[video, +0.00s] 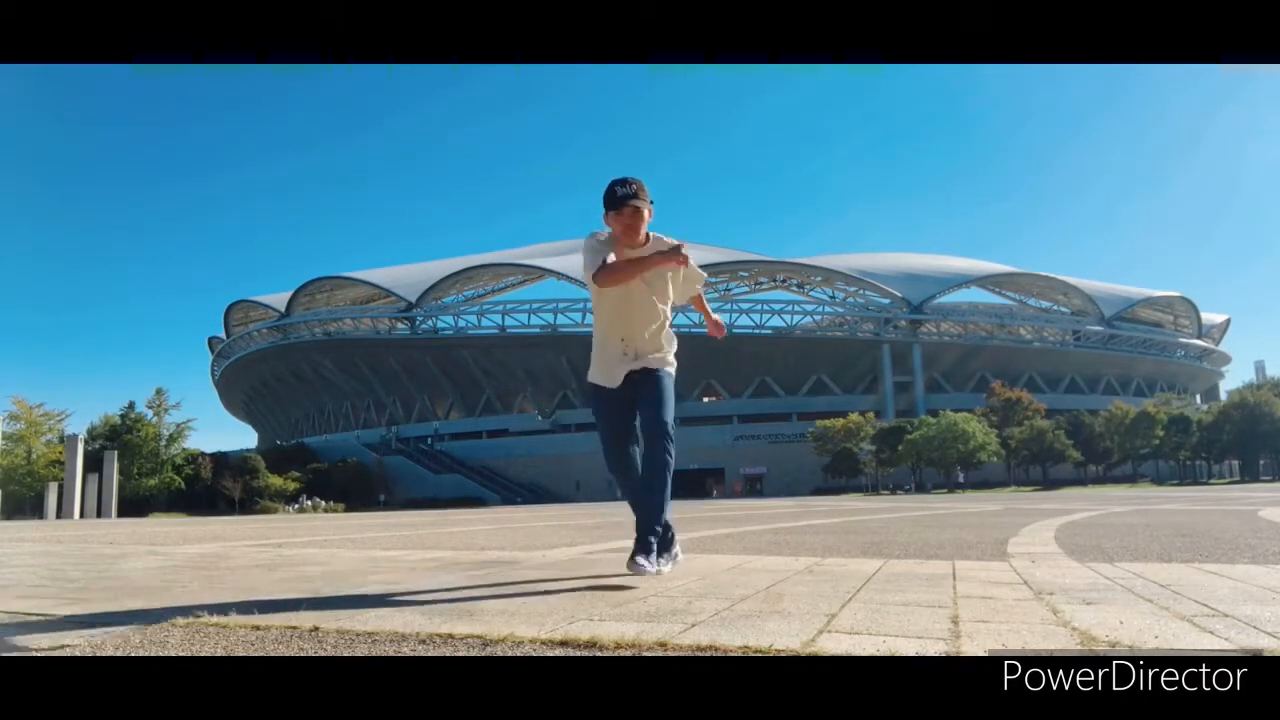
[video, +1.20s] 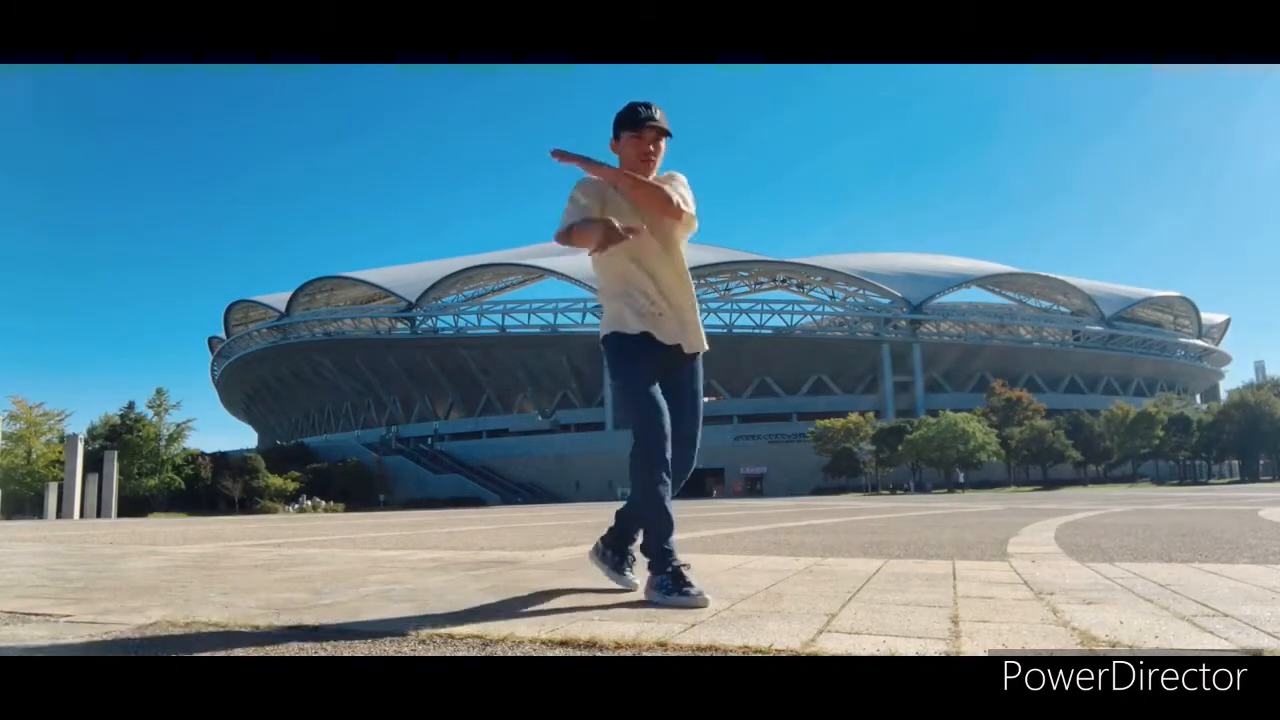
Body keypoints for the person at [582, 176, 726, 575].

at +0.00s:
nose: (631, 221)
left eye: (637, 212)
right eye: (622, 214)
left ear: (650, 213)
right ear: (608, 217)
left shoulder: (669, 250)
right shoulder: (596, 244)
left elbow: (691, 286)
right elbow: (602, 277)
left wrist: (709, 317)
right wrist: (659, 261)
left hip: (655, 362)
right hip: (607, 366)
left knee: (660, 436)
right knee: (619, 459)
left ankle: (647, 544)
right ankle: (663, 536)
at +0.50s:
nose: (655, 200)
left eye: (663, 192)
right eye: (645, 191)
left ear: (674, 196)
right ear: (628, 194)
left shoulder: (675, 241)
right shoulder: (607, 228)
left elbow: (669, 303)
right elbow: (613, 279)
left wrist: (655, 347)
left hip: (645, 371)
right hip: (593, 370)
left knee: (640, 458)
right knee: (599, 465)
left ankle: (612, 559)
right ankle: (649, 523)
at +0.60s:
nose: (656, 185)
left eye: (664, 176)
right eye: (645, 177)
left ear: (675, 180)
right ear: (627, 181)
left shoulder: (684, 230)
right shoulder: (600, 225)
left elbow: (668, 292)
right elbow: (561, 289)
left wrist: (656, 349)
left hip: (649, 371)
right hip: (592, 361)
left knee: (641, 464)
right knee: (554, 454)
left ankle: (613, 561)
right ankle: (593, 491)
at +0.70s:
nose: (634, 172)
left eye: (643, 161)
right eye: (623, 164)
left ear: (657, 166)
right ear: (609, 171)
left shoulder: (686, 225)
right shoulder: (592, 215)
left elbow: (695, 300)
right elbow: (548, 268)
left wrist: (681, 323)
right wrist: (506, 310)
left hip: (654, 361)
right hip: (598, 342)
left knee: (641, 465)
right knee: (538, 417)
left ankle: (611, 560)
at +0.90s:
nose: (640, 164)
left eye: (649, 155)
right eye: (631, 154)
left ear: (659, 160)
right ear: (611, 157)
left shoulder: (666, 201)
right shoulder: (583, 204)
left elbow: (663, 242)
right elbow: (573, 265)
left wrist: (608, 214)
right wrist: (565, 312)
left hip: (655, 333)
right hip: (603, 321)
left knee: (646, 448)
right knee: (621, 370)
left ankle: (605, 554)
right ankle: (642, 491)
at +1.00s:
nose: (645, 156)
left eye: (653, 148)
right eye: (636, 147)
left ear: (662, 154)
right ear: (614, 152)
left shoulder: (669, 194)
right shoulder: (581, 200)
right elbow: (560, 257)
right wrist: (553, 308)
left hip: (667, 334)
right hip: (614, 332)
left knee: (661, 447)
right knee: (651, 426)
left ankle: (606, 549)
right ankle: (673, 558)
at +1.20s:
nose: (651, 149)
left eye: (658, 141)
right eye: (642, 139)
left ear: (665, 147)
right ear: (617, 144)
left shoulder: (674, 183)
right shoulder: (591, 188)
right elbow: (569, 232)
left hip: (682, 333)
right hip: (627, 331)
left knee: (682, 457)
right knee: (653, 436)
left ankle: (615, 543)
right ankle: (664, 570)